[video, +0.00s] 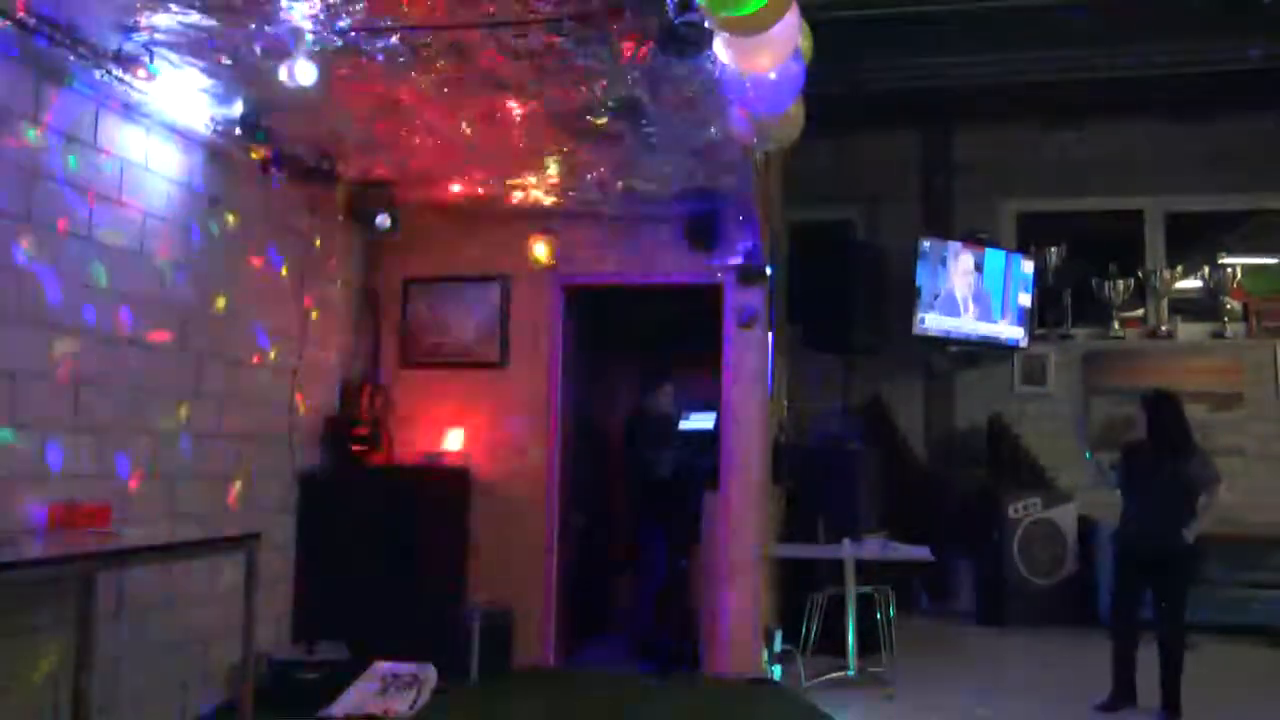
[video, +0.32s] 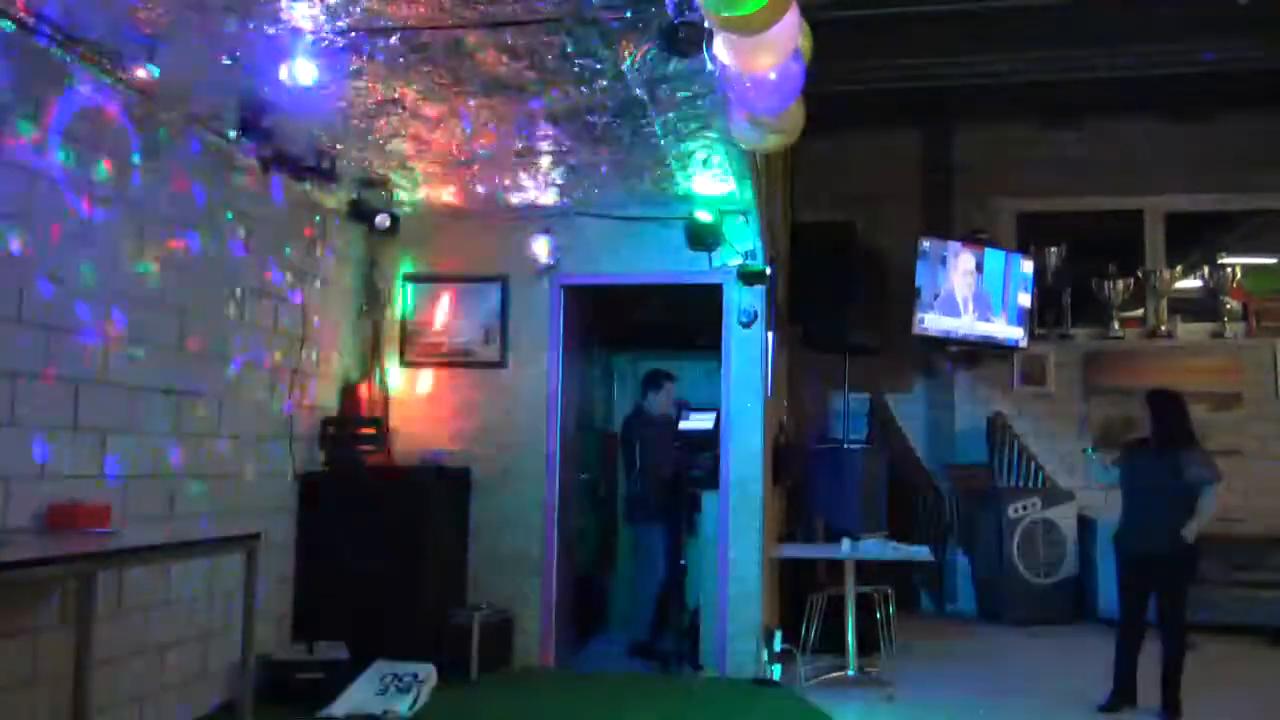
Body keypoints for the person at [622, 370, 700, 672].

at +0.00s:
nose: (668, 403)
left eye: (671, 396)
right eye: (662, 396)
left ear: (673, 400)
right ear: (650, 398)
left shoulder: (673, 428)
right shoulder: (643, 426)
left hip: (674, 516)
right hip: (651, 515)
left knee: (673, 582)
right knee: (654, 581)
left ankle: (674, 646)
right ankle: (650, 646)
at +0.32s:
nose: (672, 400)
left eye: (673, 394)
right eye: (668, 394)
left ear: (655, 394)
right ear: (652, 394)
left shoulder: (664, 426)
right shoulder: (641, 426)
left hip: (668, 510)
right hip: (649, 511)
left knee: (664, 574)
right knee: (654, 574)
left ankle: (657, 639)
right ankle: (643, 639)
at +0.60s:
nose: (673, 399)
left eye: (673, 394)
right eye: (669, 393)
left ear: (656, 393)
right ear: (654, 393)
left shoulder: (666, 424)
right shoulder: (638, 425)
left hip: (669, 509)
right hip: (649, 510)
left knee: (666, 574)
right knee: (653, 574)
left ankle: (657, 639)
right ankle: (643, 640)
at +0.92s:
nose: (672, 401)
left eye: (673, 396)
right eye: (668, 395)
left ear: (655, 395)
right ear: (652, 394)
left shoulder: (657, 426)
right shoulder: (638, 425)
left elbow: (670, 450)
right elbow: (661, 452)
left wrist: (675, 417)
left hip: (658, 509)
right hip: (643, 509)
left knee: (651, 574)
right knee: (645, 575)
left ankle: (646, 637)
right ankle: (640, 642)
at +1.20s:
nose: (674, 400)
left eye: (675, 394)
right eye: (671, 394)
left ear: (660, 394)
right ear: (654, 393)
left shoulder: (665, 425)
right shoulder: (635, 423)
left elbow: (675, 458)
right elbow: (650, 461)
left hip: (666, 509)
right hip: (643, 510)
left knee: (657, 579)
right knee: (644, 578)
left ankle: (649, 639)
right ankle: (639, 642)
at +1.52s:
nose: (675, 400)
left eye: (675, 394)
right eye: (670, 394)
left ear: (662, 393)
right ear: (655, 393)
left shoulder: (665, 424)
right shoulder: (636, 423)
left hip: (666, 510)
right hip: (644, 511)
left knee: (656, 579)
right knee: (646, 579)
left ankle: (650, 639)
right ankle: (640, 641)